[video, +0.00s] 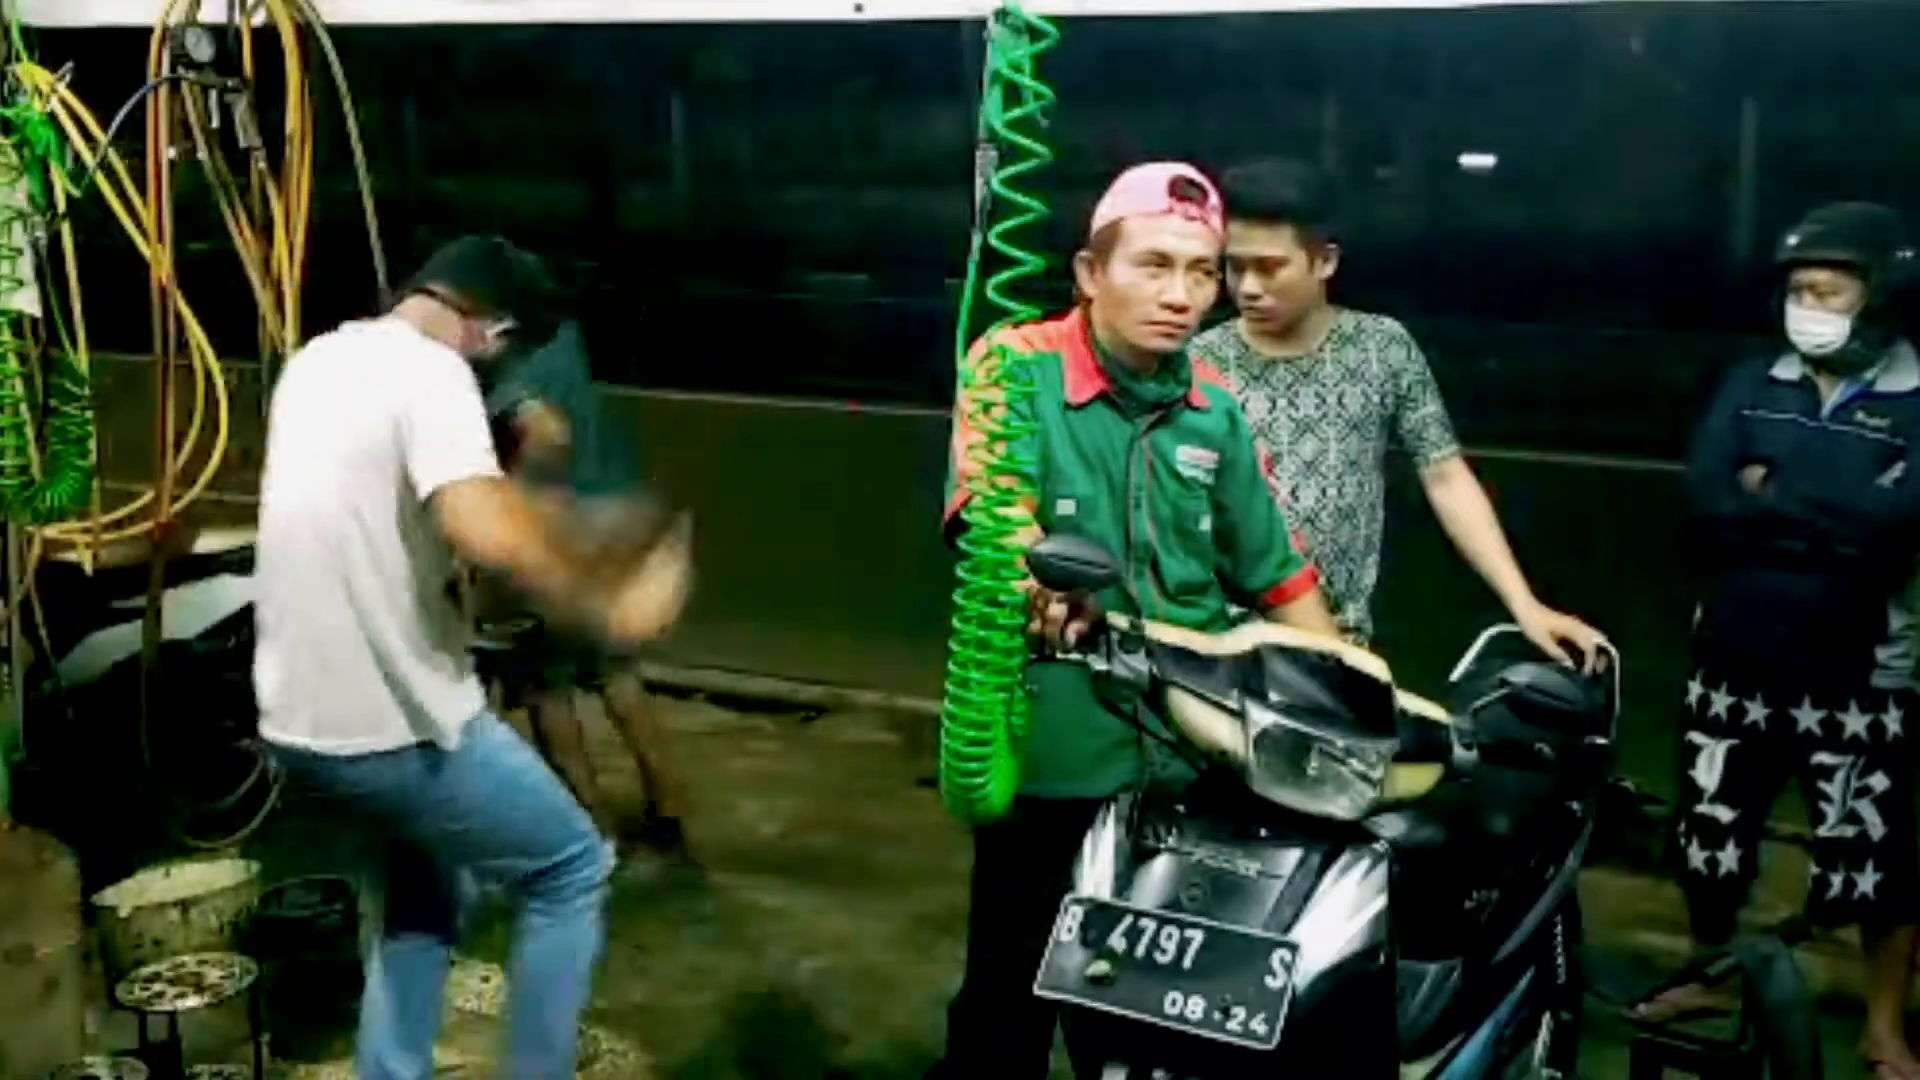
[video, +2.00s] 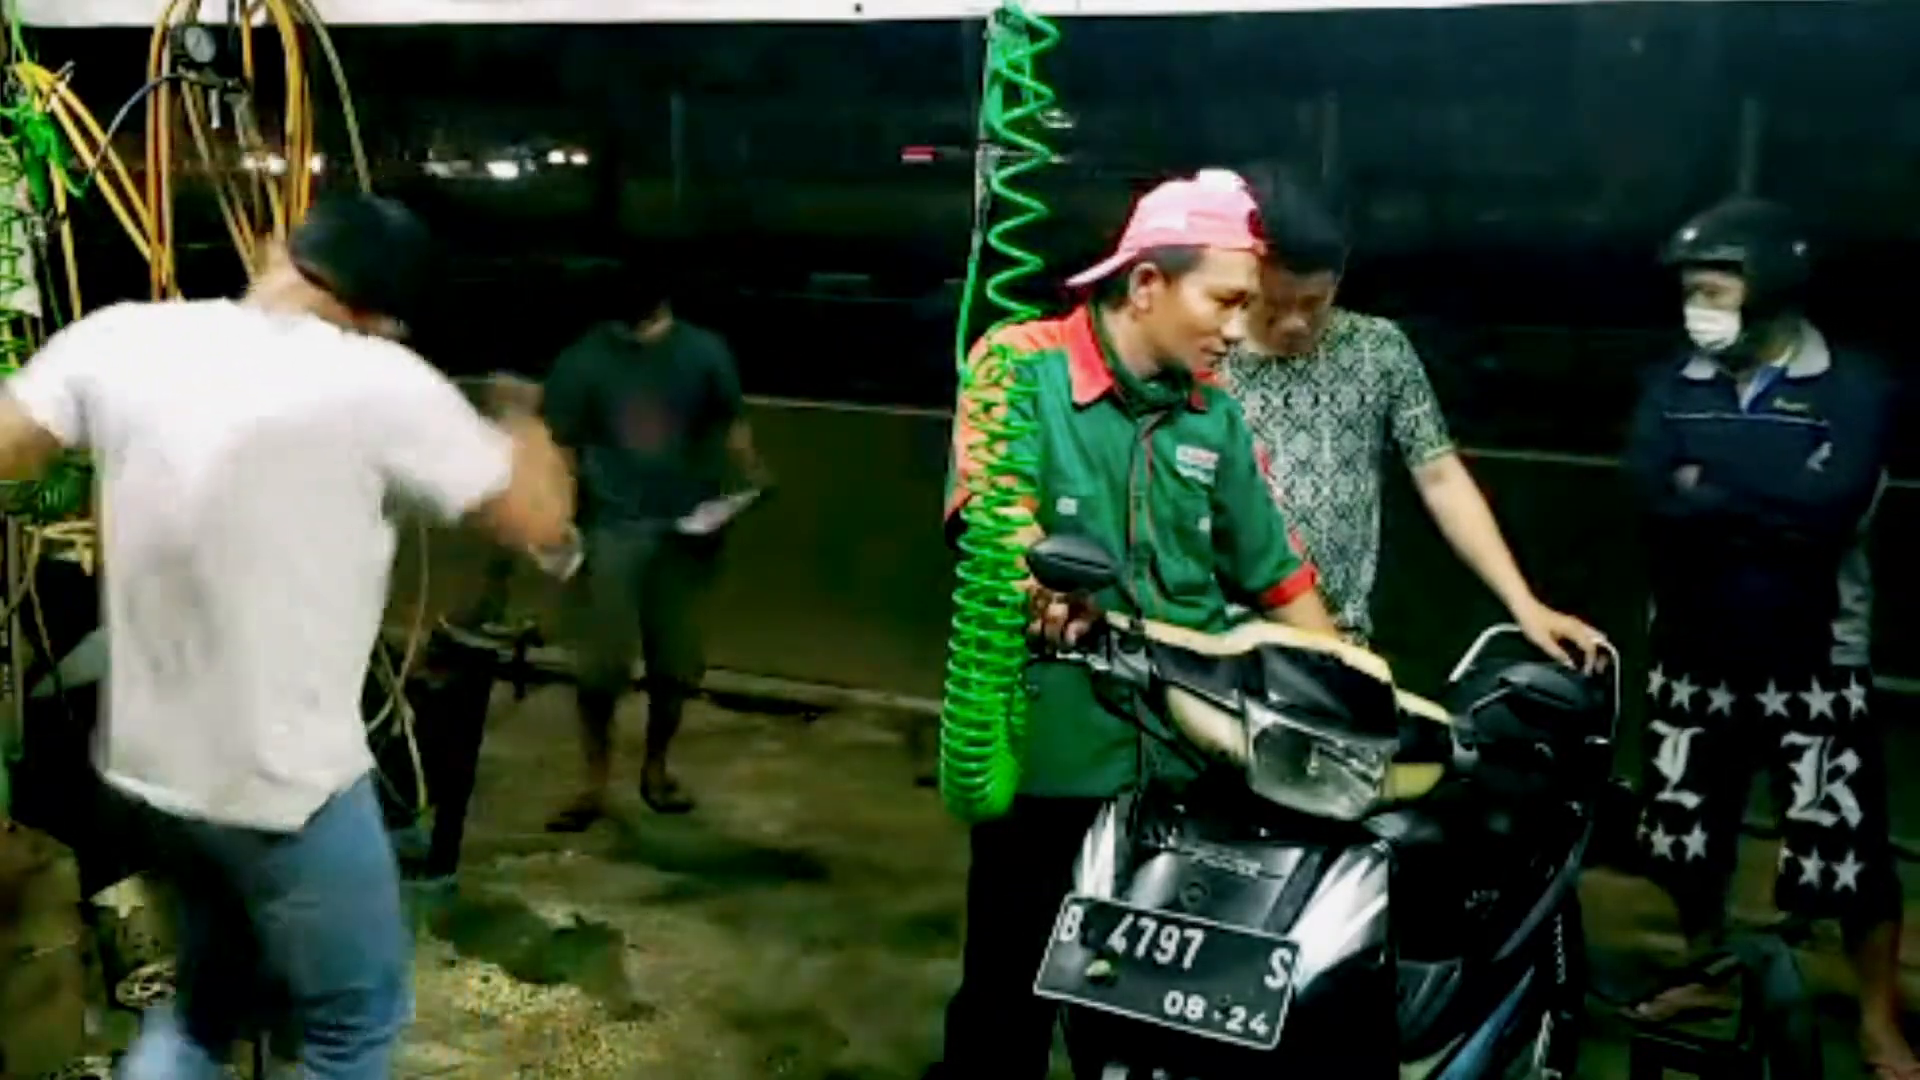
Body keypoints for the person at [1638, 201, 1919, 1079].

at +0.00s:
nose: (1812, 304)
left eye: (1833, 290)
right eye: (1800, 287)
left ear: (1873, 297)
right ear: (1782, 293)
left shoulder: (1906, 398)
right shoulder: (1748, 385)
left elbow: (1895, 518)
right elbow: (1703, 498)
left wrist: (1767, 479)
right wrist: (1841, 507)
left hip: (1860, 666)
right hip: (1738, 657)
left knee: (1871, 861)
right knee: (1708, 837)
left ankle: (1886, 1027)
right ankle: (1708, 971)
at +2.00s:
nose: (1696, 301)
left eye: (1717, 285)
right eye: (1690, 284)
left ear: (1772, 291)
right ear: (1685, 287)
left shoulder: (1846, 388)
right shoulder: (1671, 384)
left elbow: (1835, 502)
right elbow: (1649, 493)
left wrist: (1697, 470)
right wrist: (1788, 486)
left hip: (1811, 656)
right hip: (1693, 651)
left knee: (1849, 854)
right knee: (1684, 837)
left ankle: (1880, 1021)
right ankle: (1701, 971)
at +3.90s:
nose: (1916, 303)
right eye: (1906, 287)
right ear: (1882, 299)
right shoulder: (1831, 391)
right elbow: (1783, 498)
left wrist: (1844, 483)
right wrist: (1895, 511)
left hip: (1904, 668)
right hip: (1799, 654)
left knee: (1898, 857)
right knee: (1721, 825)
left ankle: (1863, 989)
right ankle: (1704, 936)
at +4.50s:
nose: (1903, 301)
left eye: (1918, 287)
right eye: (1892, 285)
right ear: (1866, 298)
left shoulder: (1919, 413)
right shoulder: (1814, 387)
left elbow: (1907, 507)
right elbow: (1765, 485)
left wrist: (1828, 472)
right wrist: (1876, 509)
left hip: (1893, 659)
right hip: (1786, 644)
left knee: (1885, 843)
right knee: (1733, 816)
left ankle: (1858, 979)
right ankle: (1722, 939)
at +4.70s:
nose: (1901, 300)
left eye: (1917, 287)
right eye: (1889, 284)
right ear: (1863, 294)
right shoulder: (1811, 386)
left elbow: (1910, 510)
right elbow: (1764, 487)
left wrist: (1823, 474)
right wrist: (1878, 511)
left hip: (1891, 661)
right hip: (1784, 646)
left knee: (1885, 842)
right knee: (1735, 814)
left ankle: (1858, 976)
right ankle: (1720, 938)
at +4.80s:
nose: (1894, 301)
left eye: (1911, 286)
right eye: (1882, 283)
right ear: (1860, 295)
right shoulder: (1813, 386)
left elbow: (1913, 520)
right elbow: (1760, 488)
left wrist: (1825, 480)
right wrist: (1875, 515)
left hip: (1892, 657)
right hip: (1785, 643)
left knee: (1887, 840)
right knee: (1735, 816)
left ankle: (1859, 978)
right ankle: (1725, 942)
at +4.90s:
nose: (1897, 301)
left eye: (1913, 287)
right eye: (1885, 284)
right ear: (1859, 293)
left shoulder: (1919, 412)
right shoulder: (1809, 386)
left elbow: (1910, 518)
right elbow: (1764, 485)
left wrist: (1823, 477)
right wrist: (1872, 520)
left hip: (1889, 659)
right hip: (1783, 644)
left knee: (1885, 842)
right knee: (1737, 813)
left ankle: (1861, 981)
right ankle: (1715, 943)